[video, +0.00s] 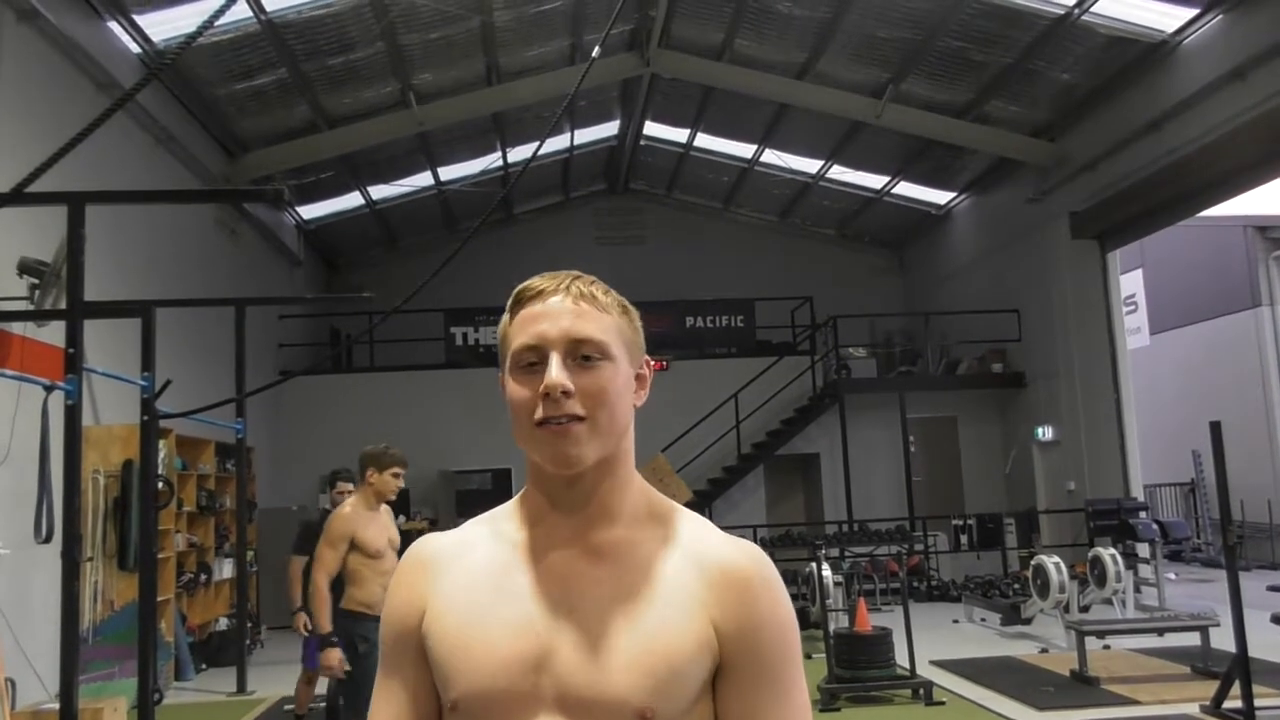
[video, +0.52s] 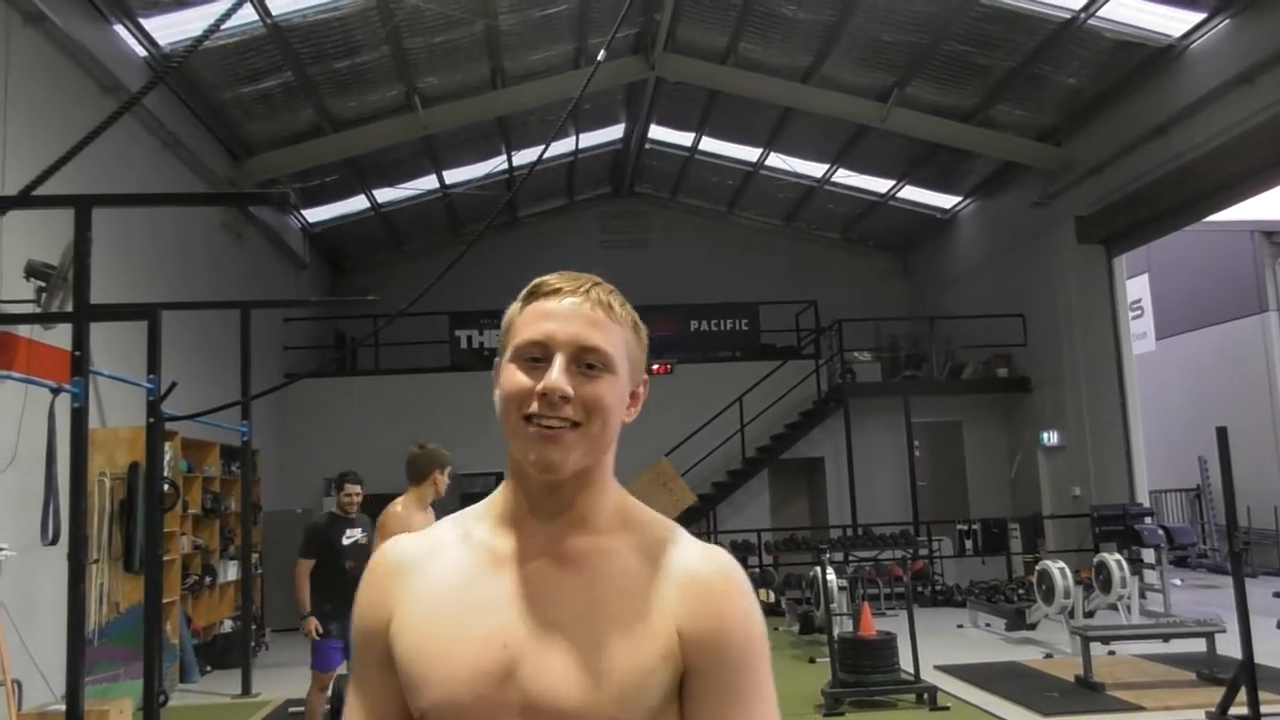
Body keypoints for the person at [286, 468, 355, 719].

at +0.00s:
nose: (344, 497)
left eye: (349, 493)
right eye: (339, 492)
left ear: (356, 494)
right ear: (329, 494)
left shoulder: (361, 525)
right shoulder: (315, 525)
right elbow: (296, 566)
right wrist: (298, 608)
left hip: (353, 606)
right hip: (321, 605)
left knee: (347, 670)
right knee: (311, 671)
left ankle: (342, 713)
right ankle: (300, 714)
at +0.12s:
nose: (351, 498)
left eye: (355, 493)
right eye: (345, 493)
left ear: (361, 495)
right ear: (335, 494)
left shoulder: (366, 526)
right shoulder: (319, 526)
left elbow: (375, 570)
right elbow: (302, 567)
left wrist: (374, 607)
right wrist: (304, 609)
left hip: (359, 611)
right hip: (325, 612)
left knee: (364, 677)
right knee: (315, 676)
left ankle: (365, 714)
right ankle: (302, 715)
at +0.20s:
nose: (354, 499)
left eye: (358, 494)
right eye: (348, 493)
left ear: (363, 496)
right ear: (337, 494)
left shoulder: (367, 526)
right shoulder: (322, 527)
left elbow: (376, 569)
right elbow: (304, 568)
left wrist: (374, 603)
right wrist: (307, 609)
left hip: (360, 608)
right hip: (328, 609)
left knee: (361, 673)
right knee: (320, 675)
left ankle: (358, 713)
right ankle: (303, 714)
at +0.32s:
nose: (355, 499)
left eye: (359, 494)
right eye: (350, 494)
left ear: (364, 496)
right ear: (339, 495)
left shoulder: (369, 526)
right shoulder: (323, 527)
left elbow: (380, 569)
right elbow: (305, 570)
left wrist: (379, 602)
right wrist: (310, 609)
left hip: (363, 609)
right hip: (330, 612)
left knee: (362, 672)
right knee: (324, 679)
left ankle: (360, 713)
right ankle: (310, 714)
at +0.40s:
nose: (355, 499)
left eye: (359, 495)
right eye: (349, 494)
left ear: (364, 496)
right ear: (338, 496)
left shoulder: (369, 526)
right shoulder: (323, 527)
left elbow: (380, 568)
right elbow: (305, 571)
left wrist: (381, 604)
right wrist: (309, 611)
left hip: (363, 611)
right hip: (330, 613)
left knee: (361, 676)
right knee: (325, 680)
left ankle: (361, 715)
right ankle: (313, 715)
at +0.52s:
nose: (353, 500)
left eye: (357, 495)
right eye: (347, 495)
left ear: (362, 496)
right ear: (336, 496)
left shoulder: (366, 525)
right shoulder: (320, 528)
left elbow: (373, 566)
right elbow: (302, 571)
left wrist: (377, 604)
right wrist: (306, 614)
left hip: (361, 612)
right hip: (329, 614)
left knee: (362, 678)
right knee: (322, 683)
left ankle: (354, 714)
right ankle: (314, 715)